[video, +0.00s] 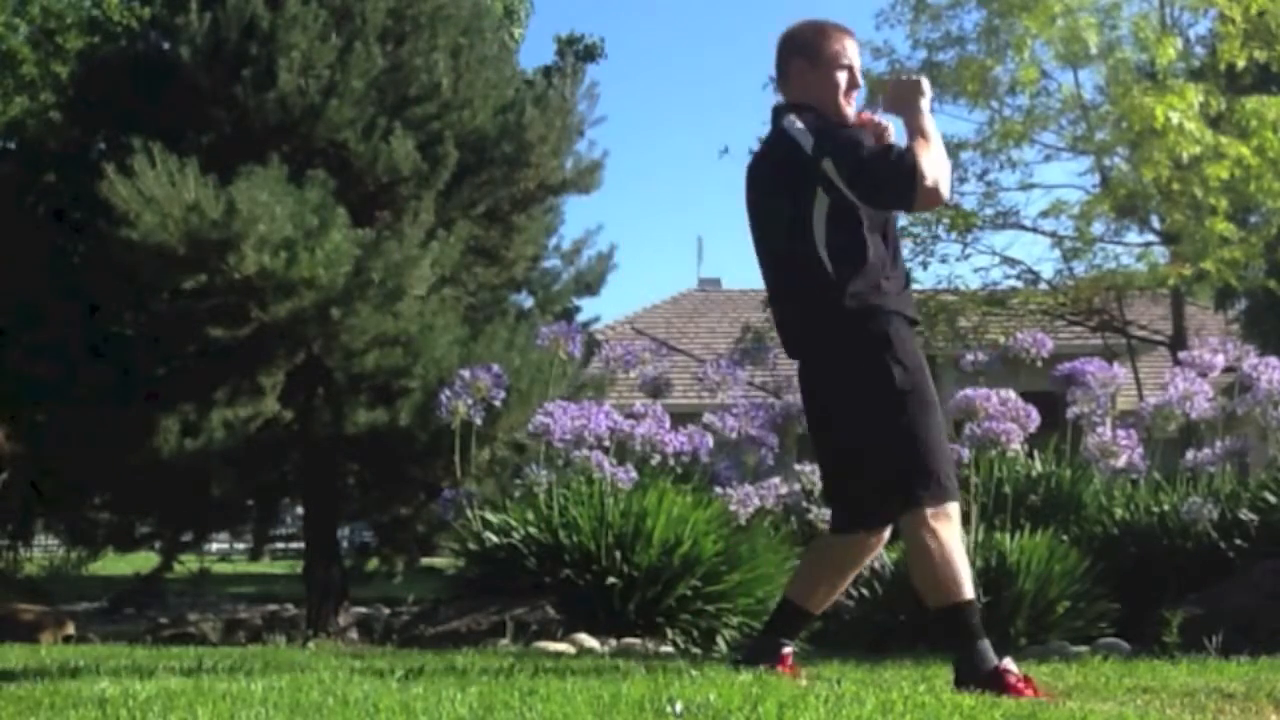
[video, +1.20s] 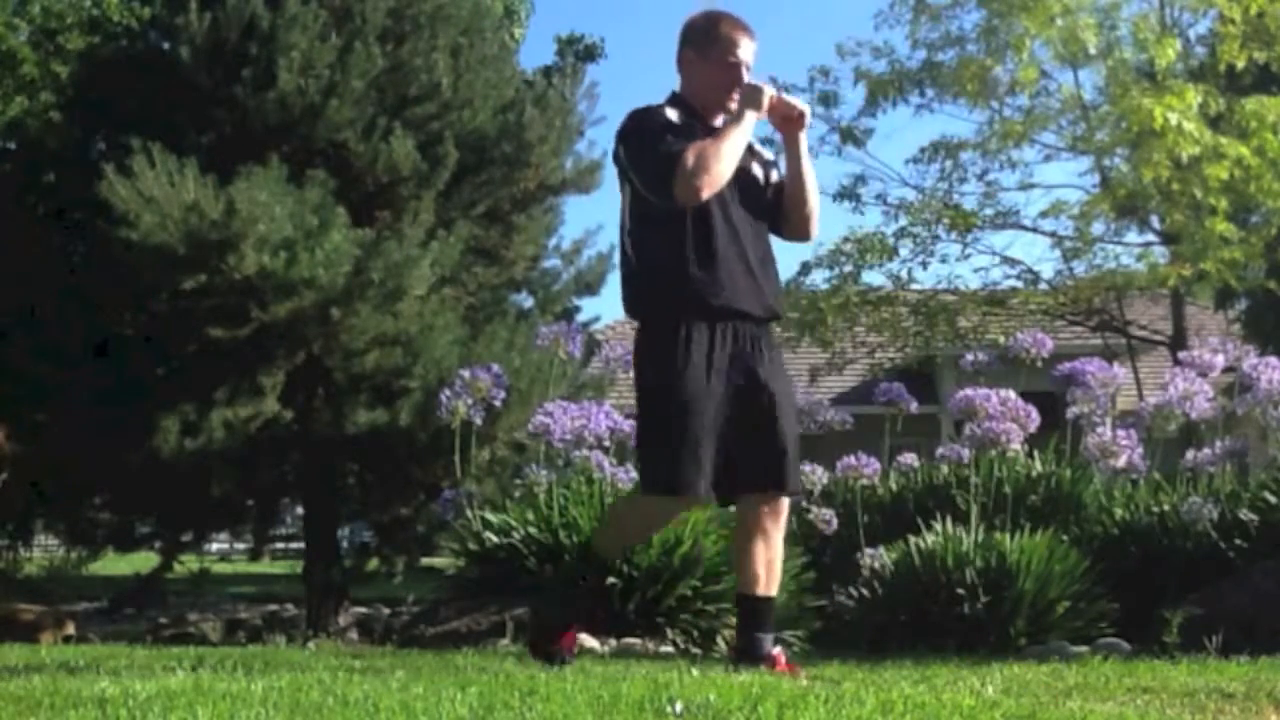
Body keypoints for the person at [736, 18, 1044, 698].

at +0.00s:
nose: (854, 82)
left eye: (856, 71)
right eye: (840, 69)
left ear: (803, 83)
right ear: (793, 76)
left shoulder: (770, 158)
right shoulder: (827, 141)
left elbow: (832, 219)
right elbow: (930, 185)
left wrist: (865, 146)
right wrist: (918, 113)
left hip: (830, 352)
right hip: (878, 342)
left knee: (865, 522)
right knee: (932, 503)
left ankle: (768, 646)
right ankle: (980, 666)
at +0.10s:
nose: (899, 69)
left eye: (901, 57)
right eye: (886, 56)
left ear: (852, 63)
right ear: (839, 56)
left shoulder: (829, 123)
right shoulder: (845, 125)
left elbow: (906, 200)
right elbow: (940, 194)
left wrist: (914, 134)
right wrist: (950, 119)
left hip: (855, 334)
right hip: (887, 328)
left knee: (878, 513)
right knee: (954, 489)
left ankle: (772, 644)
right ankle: (980, 663)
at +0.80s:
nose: (857, 80)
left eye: (861, 70)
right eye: (844, 66)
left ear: (856, 77)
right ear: (800, 65)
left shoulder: (830, 141)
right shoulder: (791, 129)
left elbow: (885, 240)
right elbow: (845, 196)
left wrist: (894, 157)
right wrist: (885, 126)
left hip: (841, 340)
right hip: (823, 340)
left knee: (864, 505)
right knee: (902, 487)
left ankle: (772, 644)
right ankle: (958, 657)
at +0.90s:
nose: (832, 65)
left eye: (837, 56)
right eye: (819, 51)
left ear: (838, 68)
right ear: (776, 54)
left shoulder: (817, 140)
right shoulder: (750, 119)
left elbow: (871, 230)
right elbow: (797, 179)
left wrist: (874, 146)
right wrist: (851, 114)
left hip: (825, 331)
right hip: (779, 327)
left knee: (830, 495)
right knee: (863, 466)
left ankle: (767, 644)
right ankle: (888, 648)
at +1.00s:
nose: (806, 60)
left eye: (810, 50)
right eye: (791, 48)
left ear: (813, 61)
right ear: (750, 51)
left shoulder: (801, 135)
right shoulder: (715, 115)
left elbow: (854, 222)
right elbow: (760, 170)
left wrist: (856, 137)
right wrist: (814, 107)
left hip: (801, 326)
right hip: (743, 320)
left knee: (799, 482)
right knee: (814, 456)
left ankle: (770, 636)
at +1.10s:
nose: (778, 70)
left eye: (783, 59)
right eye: (764, 56)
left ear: (786, 69)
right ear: (721, 58)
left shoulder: (776, 147)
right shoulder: (681, 122)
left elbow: (833, 218)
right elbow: (729, 171)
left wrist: (829, 133)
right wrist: (783, 105)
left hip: (782, 330)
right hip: (713, 323)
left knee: (792, 489)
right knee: (751, 476)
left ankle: (758, 642)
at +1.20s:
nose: (742, 79)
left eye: (748, 68)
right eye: (731, 65)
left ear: (746, 74)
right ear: (687, 61)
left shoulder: (742, 150)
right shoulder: (647, 127)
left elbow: (799, 225)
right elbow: (692, 185)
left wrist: (795, 140)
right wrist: (744, 117)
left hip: (754, 335)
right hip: (681, 332)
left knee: (770, 494)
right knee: (673, 491)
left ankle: (756, 645)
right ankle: (565, 602)